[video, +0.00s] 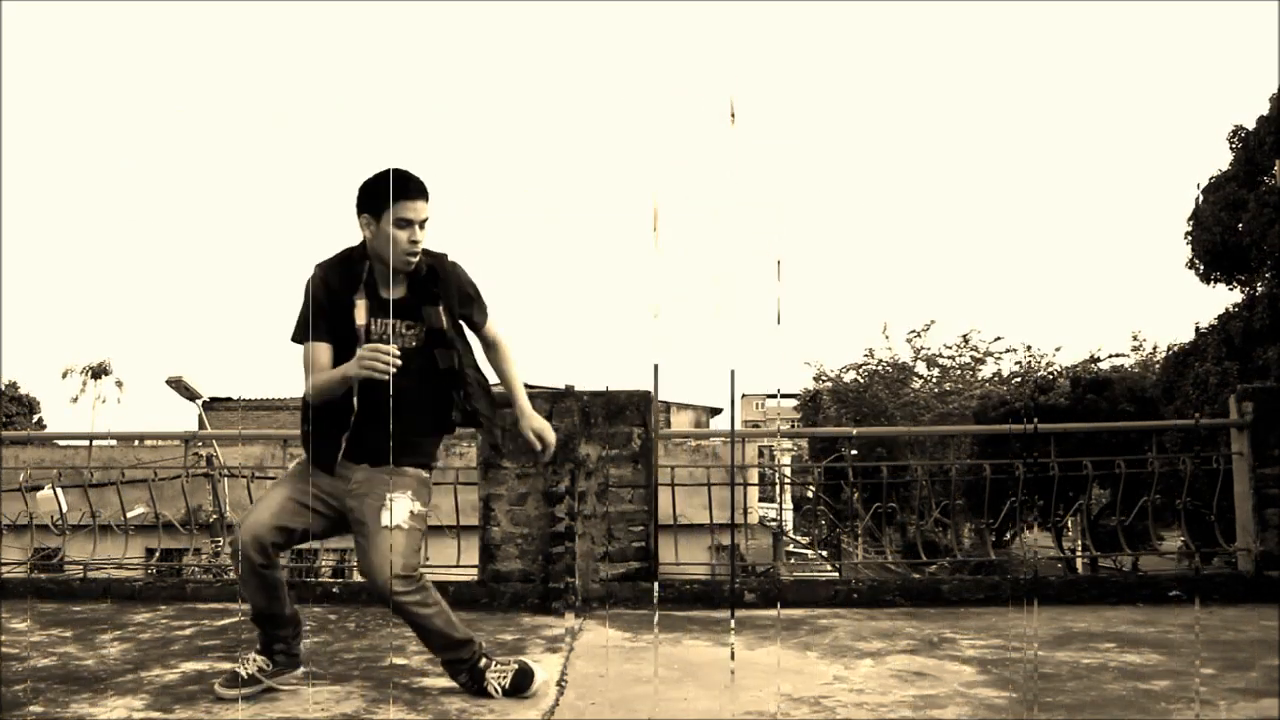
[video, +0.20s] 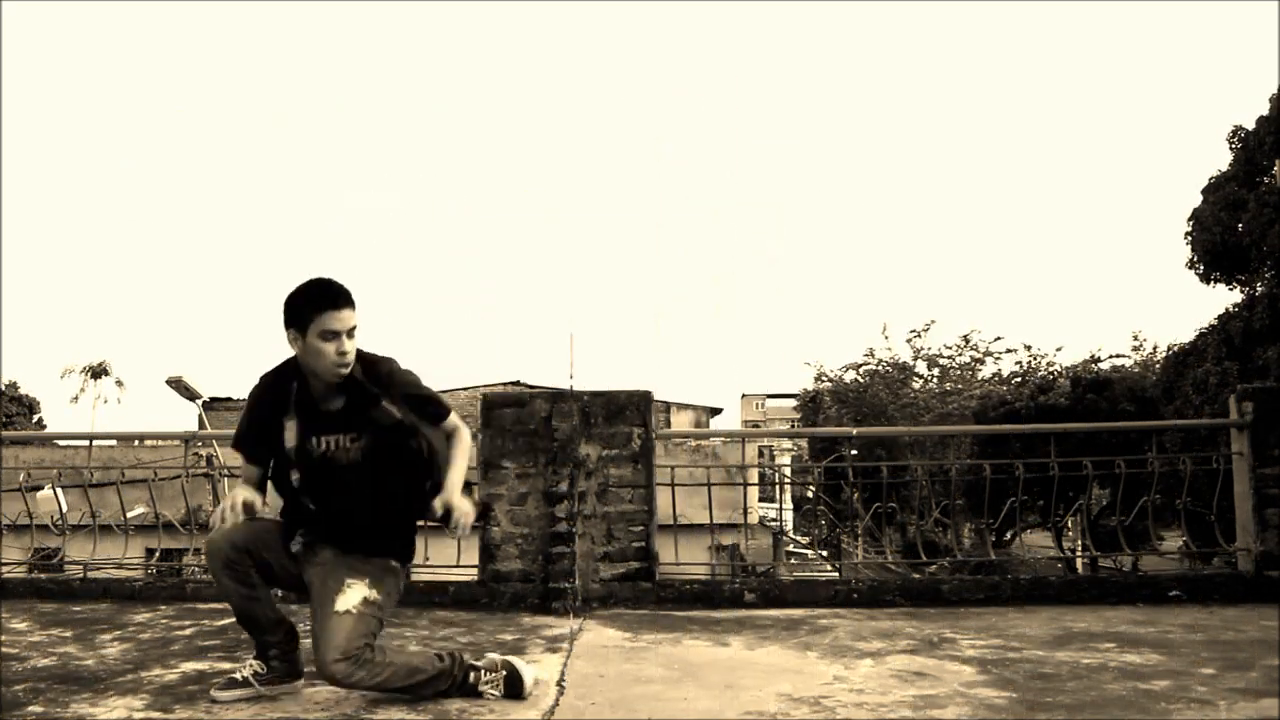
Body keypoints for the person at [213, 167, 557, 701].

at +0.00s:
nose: (418, 238)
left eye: (423, 225)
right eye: (405, 225)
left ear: (429, 224)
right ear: (367, 226)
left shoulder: (443, 278)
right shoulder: (332, 279)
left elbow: (491, 338)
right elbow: (314, 388)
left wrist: (523, 408)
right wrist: (349, 369)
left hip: (398, 472)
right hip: (326, 467)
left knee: (392, 576)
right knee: (255, 536)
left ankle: (474, 668)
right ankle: (280, 655)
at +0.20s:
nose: (344, 348)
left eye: (350, 334)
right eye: (329, 337)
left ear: (358, 328)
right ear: (295, 339)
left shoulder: (384, 379)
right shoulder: (273, 393)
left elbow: (458, 432)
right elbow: (251, 479)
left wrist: (453, 487)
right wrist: (241, 491)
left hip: (370, 554)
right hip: (301, 541)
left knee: (340, 664)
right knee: (225, 543)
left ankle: (468, 674)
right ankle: (278, 660)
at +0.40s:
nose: (307, 381)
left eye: (314, 366)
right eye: (291, 370)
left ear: (324, 357)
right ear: (263, 369)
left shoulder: (357, 414)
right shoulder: (252, 407)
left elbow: (418, 496)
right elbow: (194, 482)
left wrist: (403, 539)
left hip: (363, 565)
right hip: (303, 551)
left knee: (338, 685)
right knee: (226, 548)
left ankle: (464, 674)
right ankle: (280, 663)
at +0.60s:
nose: (295, 341)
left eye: (303, 327)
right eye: (279, 330)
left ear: (314, 326)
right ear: (252, 337)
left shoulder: (347, 375)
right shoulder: (246, 389)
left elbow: (423, 427)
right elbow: (196, 465)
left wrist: (429, 434)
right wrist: (143, 428)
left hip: (363, 559)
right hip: (299, 546)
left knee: (334, 689)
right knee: (213, 547)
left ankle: (466, 675)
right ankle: (281, 660)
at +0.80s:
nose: (279, 345)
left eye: (288, 329)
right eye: (267, 336)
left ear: (313, 316)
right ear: (256, 334)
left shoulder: (360, 359)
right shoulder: (261, 380)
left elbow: (450, 403)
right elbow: (174, 426)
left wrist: (401, 344)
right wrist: (125, 362)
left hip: (382, 548)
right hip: (311, 540)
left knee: (350, 659)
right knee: (234, 547)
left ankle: (467, 674)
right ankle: (278, 662)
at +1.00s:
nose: (324, 295)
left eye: (334, 281)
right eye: (313, 286)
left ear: (362, 271)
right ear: (303, 283)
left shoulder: (404, 305)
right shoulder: (295, 335)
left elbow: (475, 288)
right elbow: (198, 327)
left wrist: (409, 231)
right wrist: (144, 268)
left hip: (451, 497)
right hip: (377, 514)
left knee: (503, 541)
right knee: (360, 611)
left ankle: (490, 655)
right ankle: (292, 677)